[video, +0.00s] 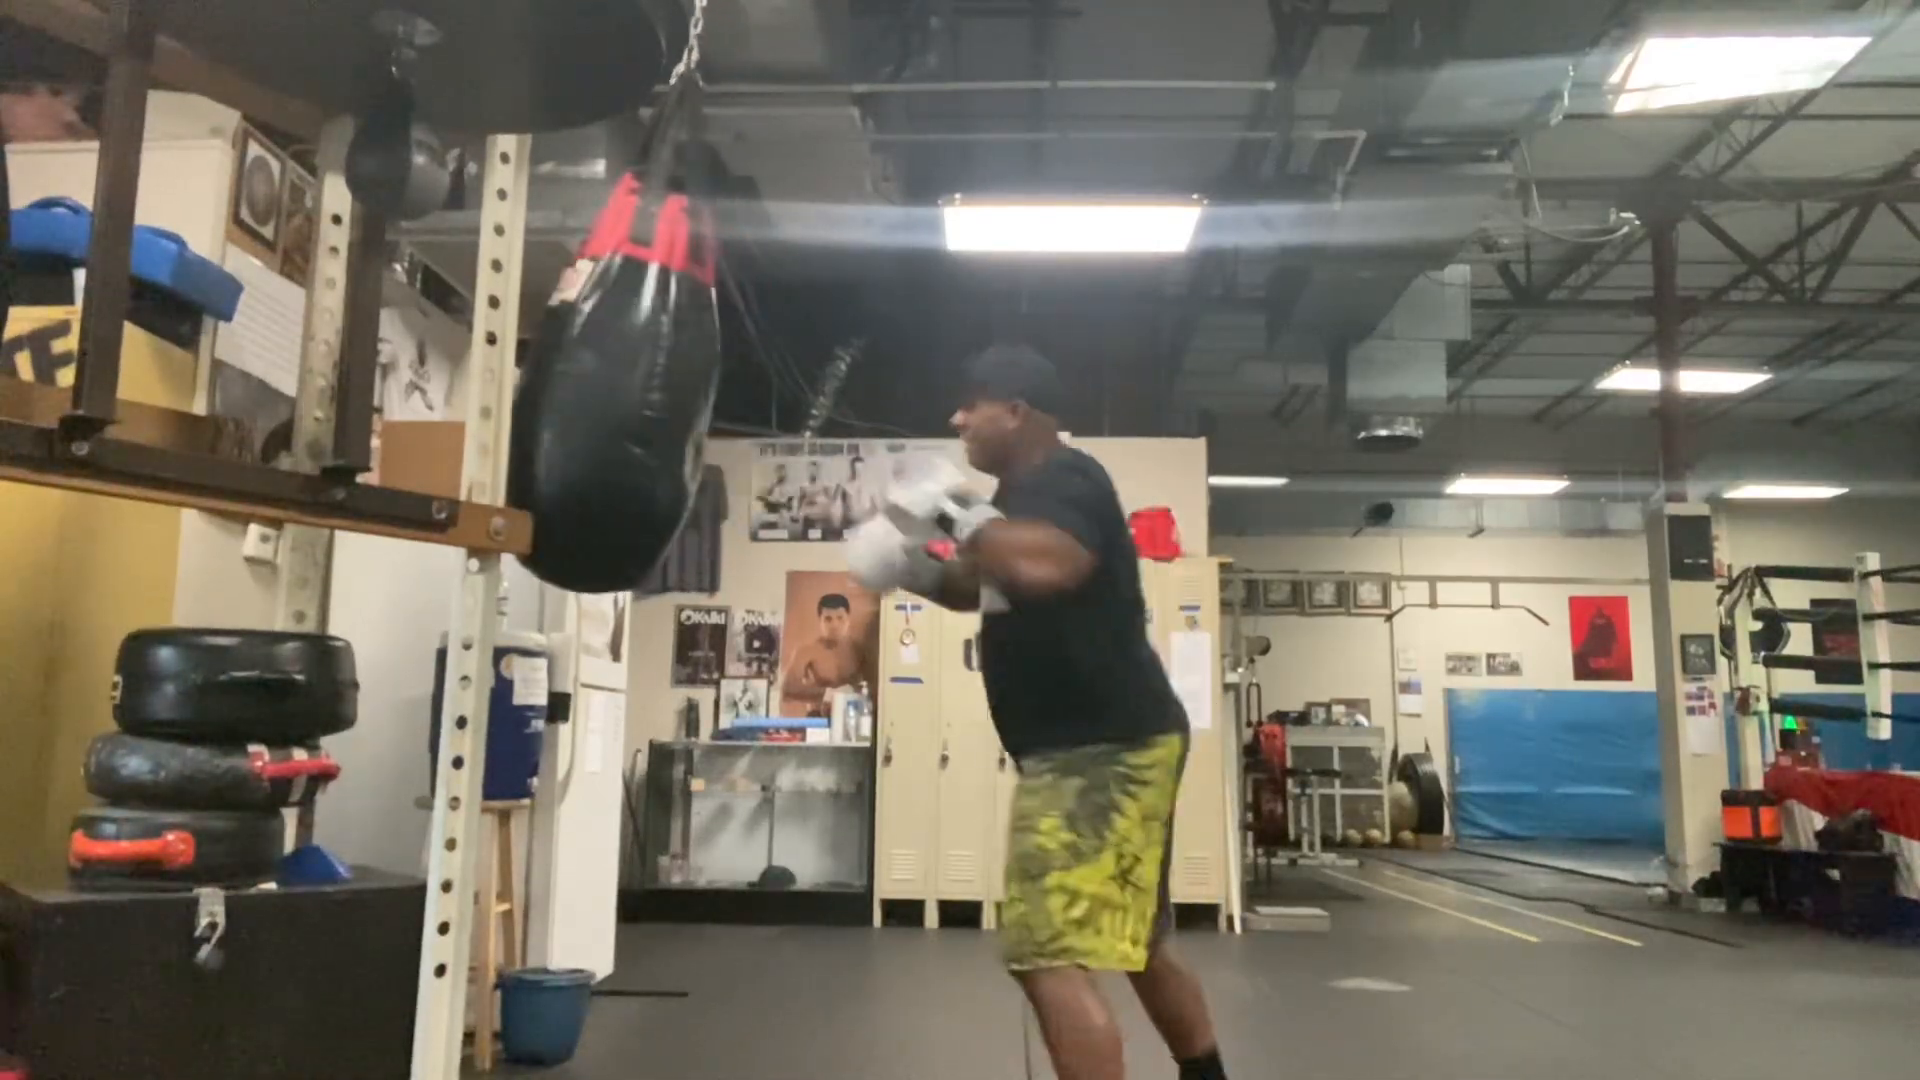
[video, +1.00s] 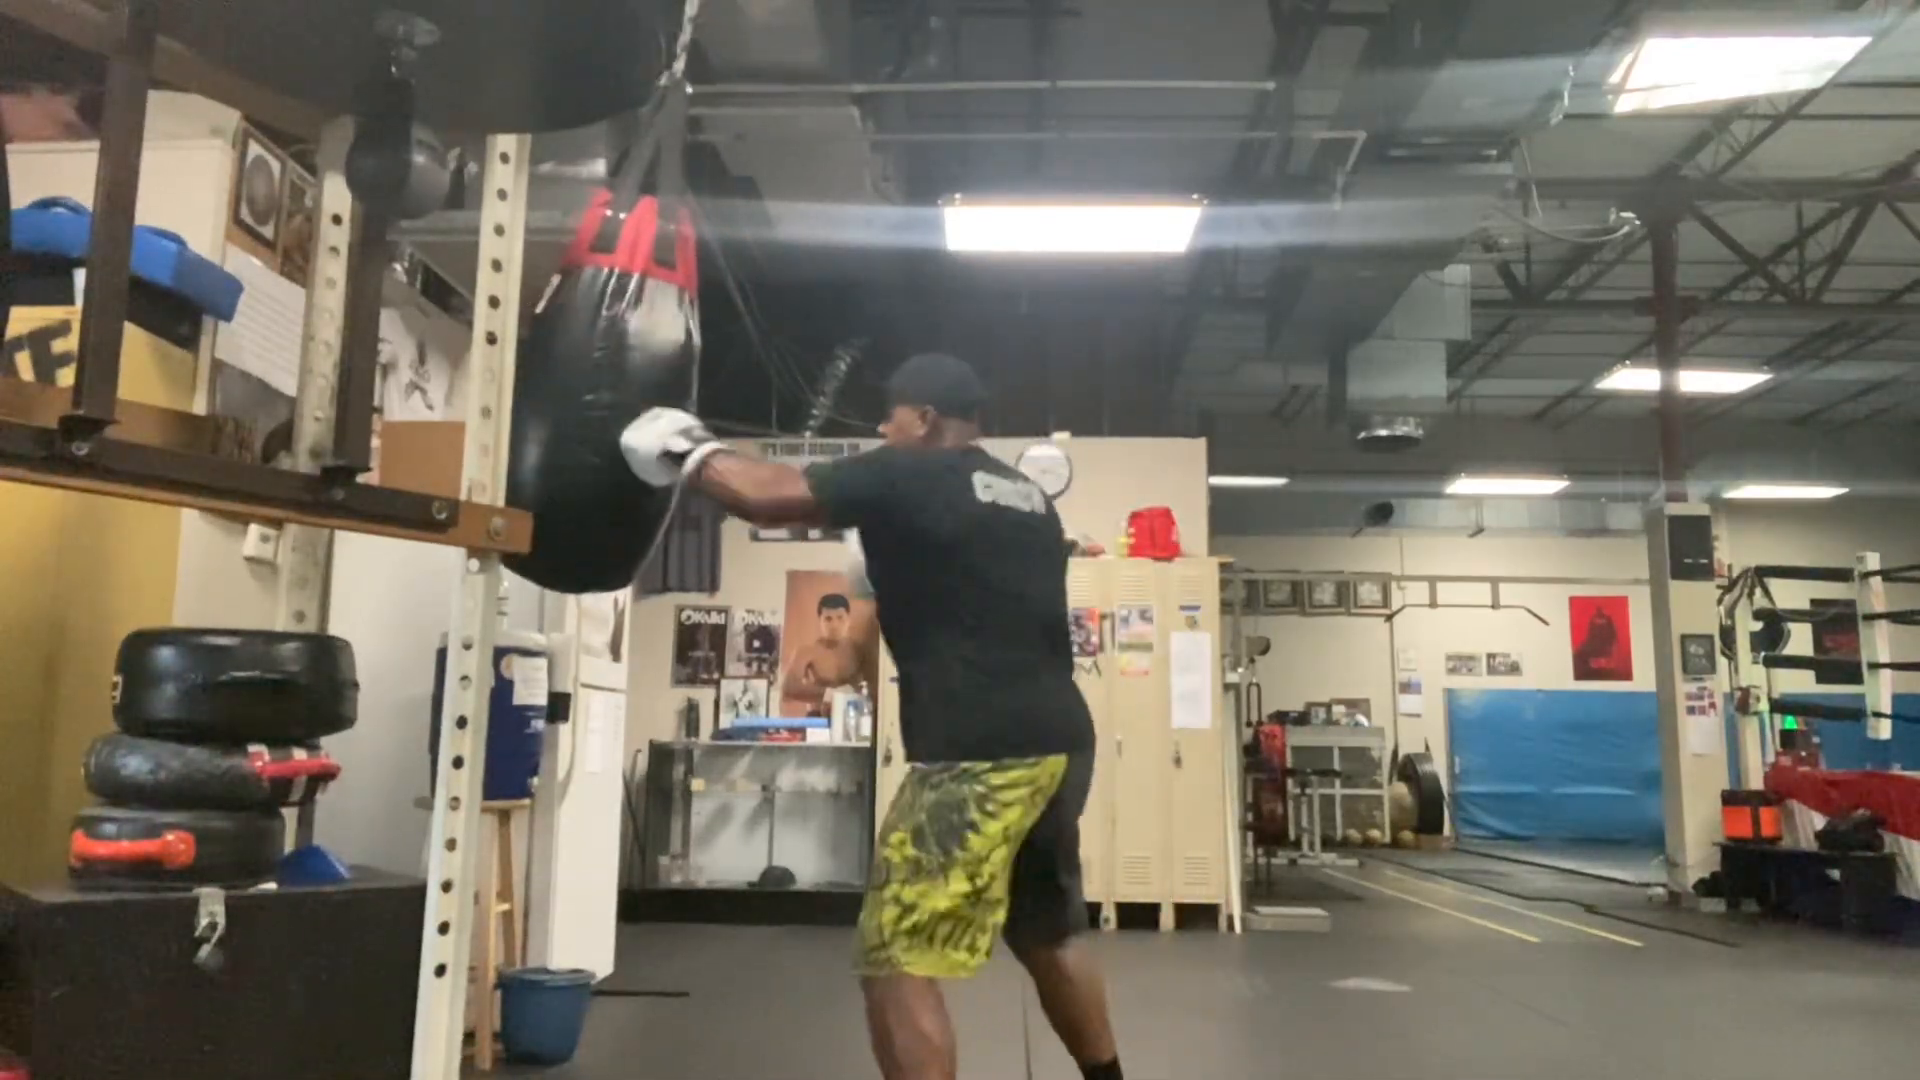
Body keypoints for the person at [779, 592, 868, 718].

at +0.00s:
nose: (834, 625)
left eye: (840, 618)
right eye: (828, 619)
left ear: (848, 620)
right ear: (819, 621)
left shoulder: (858, 652)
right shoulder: (806, 652)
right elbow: (789, 688)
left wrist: (816, 687)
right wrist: (827, 693)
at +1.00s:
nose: (834, 625)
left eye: (840, 618)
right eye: (828, 619)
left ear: (848, 620)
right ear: (819, 621)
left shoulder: (857, 651)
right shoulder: (808, 652)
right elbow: (790, 688)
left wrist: (816, 685)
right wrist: (828, 693)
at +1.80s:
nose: (834, 625)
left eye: (840, 618)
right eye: (828, 619)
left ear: (848, 619)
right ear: (820, 620)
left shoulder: (858, 651)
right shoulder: (807, 652)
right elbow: (789, 687)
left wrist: (816, 686)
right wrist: (828, 693)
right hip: (819, 717)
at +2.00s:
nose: (834, 624)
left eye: (840, 618)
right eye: (828, 619)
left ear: (848, 619)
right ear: (820, 620)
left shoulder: (858, 651)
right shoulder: (807, 651)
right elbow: (789, 688)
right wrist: (826, 693)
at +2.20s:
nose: (835, 625)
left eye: (840, 618)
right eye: (828, 619)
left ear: (848, 619)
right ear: (820, 620)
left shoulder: (857, 651)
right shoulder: (808, 652)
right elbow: (789, 687)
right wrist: (827, 693)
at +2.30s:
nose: (834, 625)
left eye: (840, 618)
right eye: (828, 619)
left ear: (848, 619)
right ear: (820, 620)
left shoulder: (857, 650)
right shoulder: (808, 651)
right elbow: (789, 687)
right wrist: (827, 693)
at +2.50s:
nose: (834, 625)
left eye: (840, 618)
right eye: (828, 619)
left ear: (848, 619)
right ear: (819, 620)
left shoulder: (857, 651)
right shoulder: (809, 651)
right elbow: (789, 686)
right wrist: (827, 693)